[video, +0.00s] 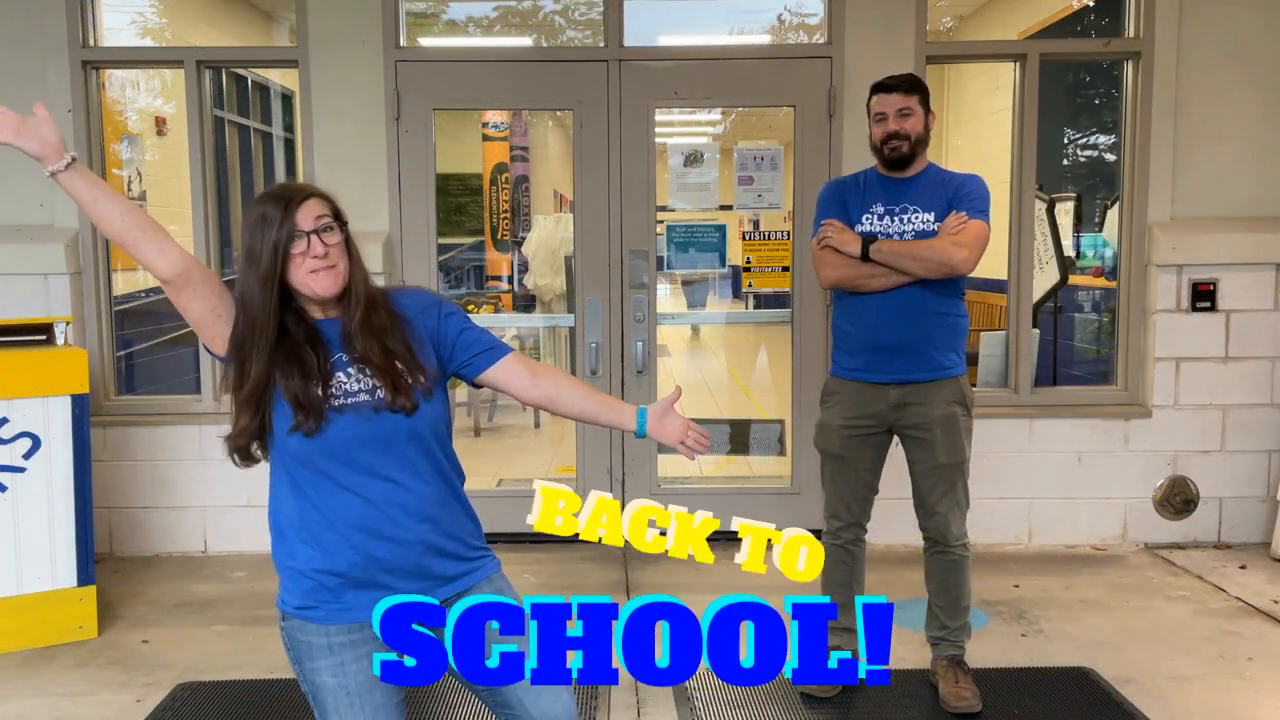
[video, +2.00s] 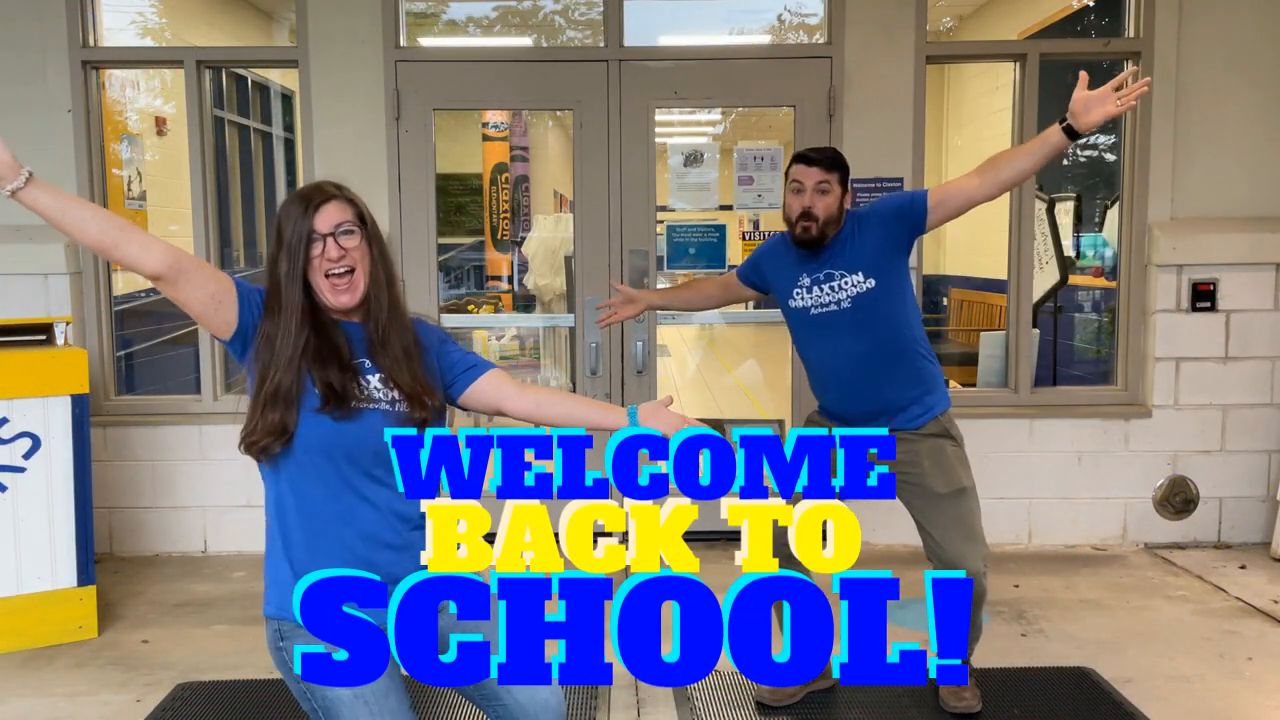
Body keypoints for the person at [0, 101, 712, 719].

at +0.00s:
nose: (319, 246)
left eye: (327, 230)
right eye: (299, 239)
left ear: (348, 238)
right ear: (271, 260)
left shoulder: (416, 314)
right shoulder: (262, 339)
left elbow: (527, 377)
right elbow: (170, 264)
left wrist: (645, 419)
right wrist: (64, 165)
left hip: (461, 579)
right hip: (337, 601)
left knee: (553, 699)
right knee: (366, 711)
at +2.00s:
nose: (334, 252)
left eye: (346, 236)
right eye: (316, 241)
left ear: (373, 246)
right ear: (294, 259)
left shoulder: (413, 342)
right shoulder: (273, 327)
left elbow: (518, 396)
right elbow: (154, 260)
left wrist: (630, 419)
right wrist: (26, 187)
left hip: (431, 590)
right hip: (326, 606)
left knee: (542, 680)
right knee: (376, 712)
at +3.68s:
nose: (355, 226)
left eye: (371, 213)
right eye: (339, 215)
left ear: (397, 232)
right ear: (317, 237)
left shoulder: (447, 319)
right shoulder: (288, 312)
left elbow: (552, 384)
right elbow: (158, 302)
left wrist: (670, 441)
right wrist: (23, 267)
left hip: (442, 564)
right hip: (326, 570)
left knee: (544, 674)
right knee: (355, 704)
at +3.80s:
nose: (378, 197)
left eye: (395, 186)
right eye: (361, 188)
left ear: (422, 214)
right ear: (339, 217)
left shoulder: (469, 308)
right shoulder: (297, 297)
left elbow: (566, 398)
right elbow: (155, 342)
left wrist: (671, 471)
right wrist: (12, 369)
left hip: (458, 557)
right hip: (332, 570)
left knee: (550, 686)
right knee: (354, 712)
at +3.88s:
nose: (396, 175)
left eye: (414, 163)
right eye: (382, 164)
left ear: (445, 187)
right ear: (361, 187)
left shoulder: (484, 288)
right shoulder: (318, 274)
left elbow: (565, 396)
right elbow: (207, 362)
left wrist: (650, 495)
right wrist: (82, 444)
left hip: (470, 538)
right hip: (344, 550)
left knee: (553, 698)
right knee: (361, 710)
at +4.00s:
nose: (425, 173)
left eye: (443, 157)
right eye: (410, 162)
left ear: (476, 175)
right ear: (393, 186)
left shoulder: (525, 289)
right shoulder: (358, 269)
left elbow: (558, 420)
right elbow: (301, 381)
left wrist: (602, 526)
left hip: (486, 536)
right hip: (362, 539)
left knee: (555, 710)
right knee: (362, 713)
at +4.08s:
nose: (453, 184)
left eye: (472, 170)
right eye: (438, 174)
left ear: (505, 188)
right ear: (423, 198)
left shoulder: (551, 299)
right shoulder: (385, 293)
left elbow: (568, 437)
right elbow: (340, 408)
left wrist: (589, 554)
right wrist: (312, 517)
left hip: (514, 554)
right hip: (383, 556)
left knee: (577, 710)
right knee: (370, 713)